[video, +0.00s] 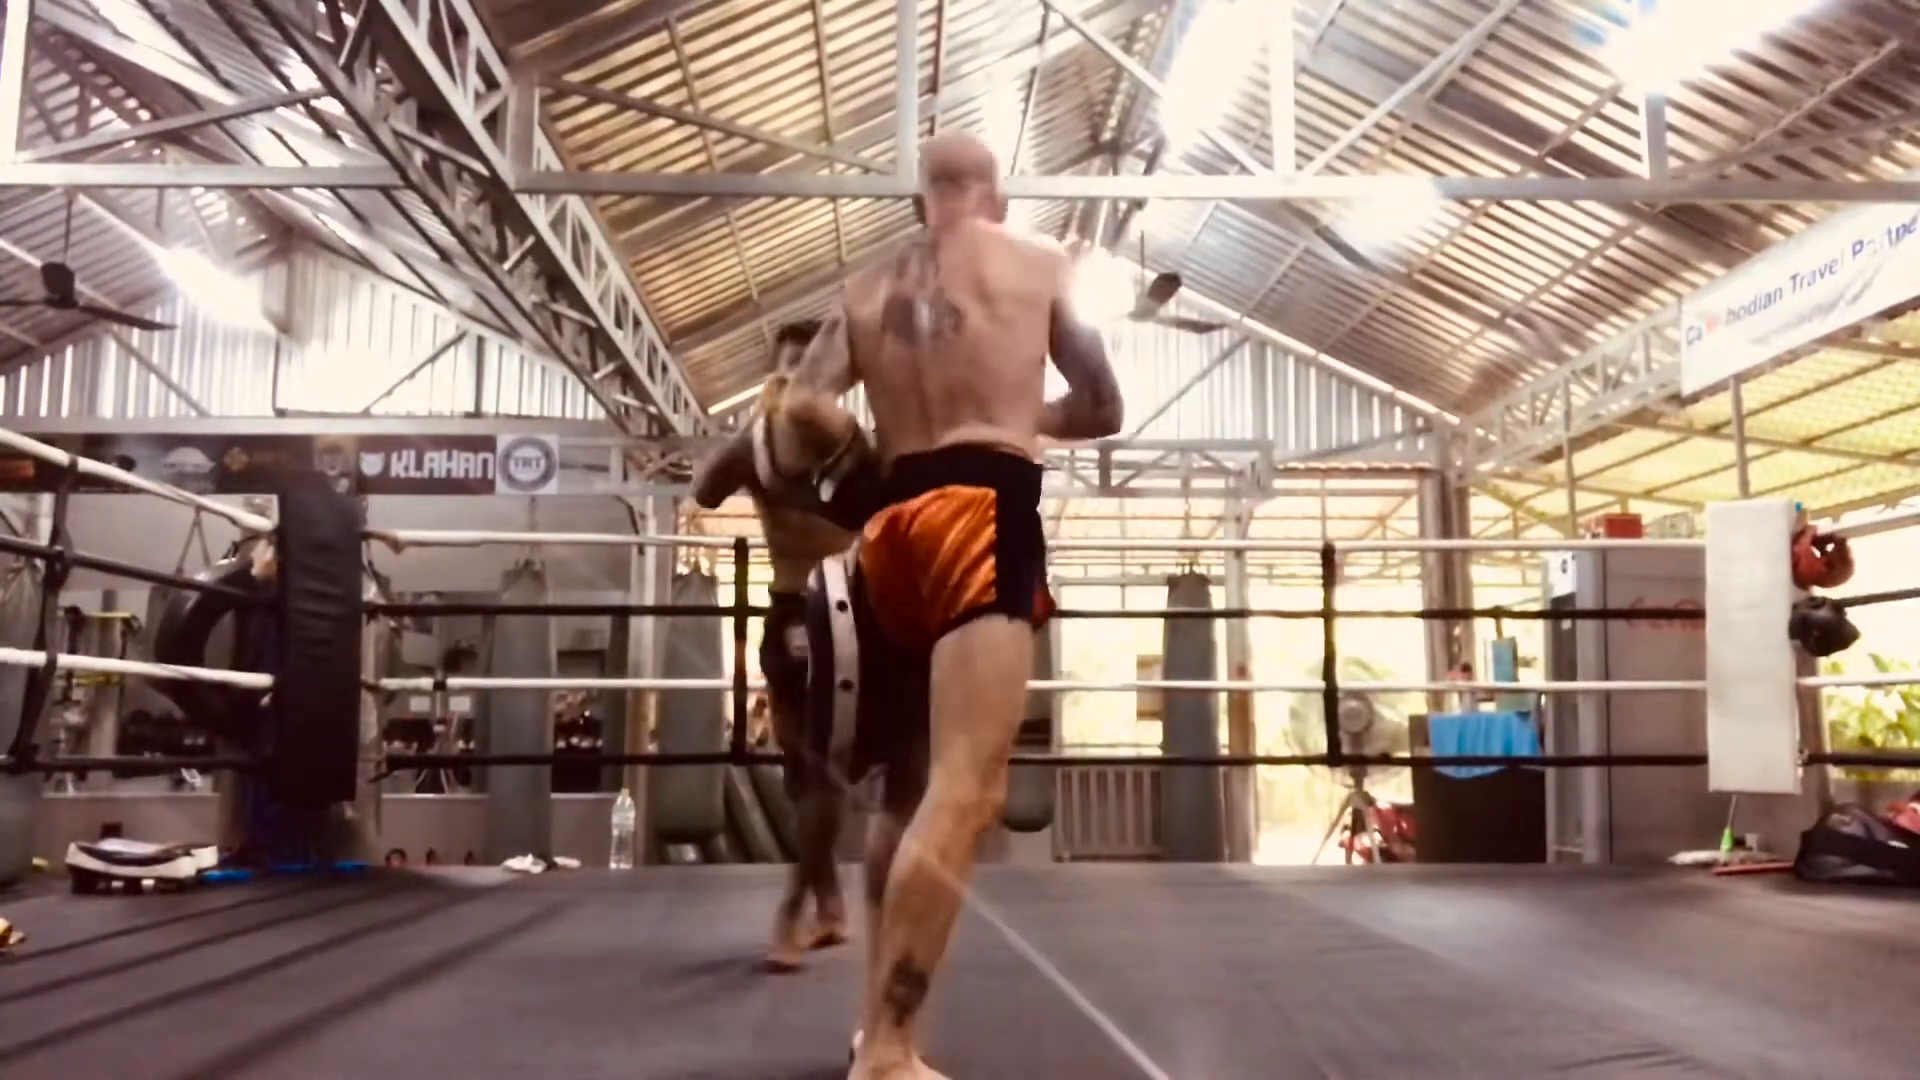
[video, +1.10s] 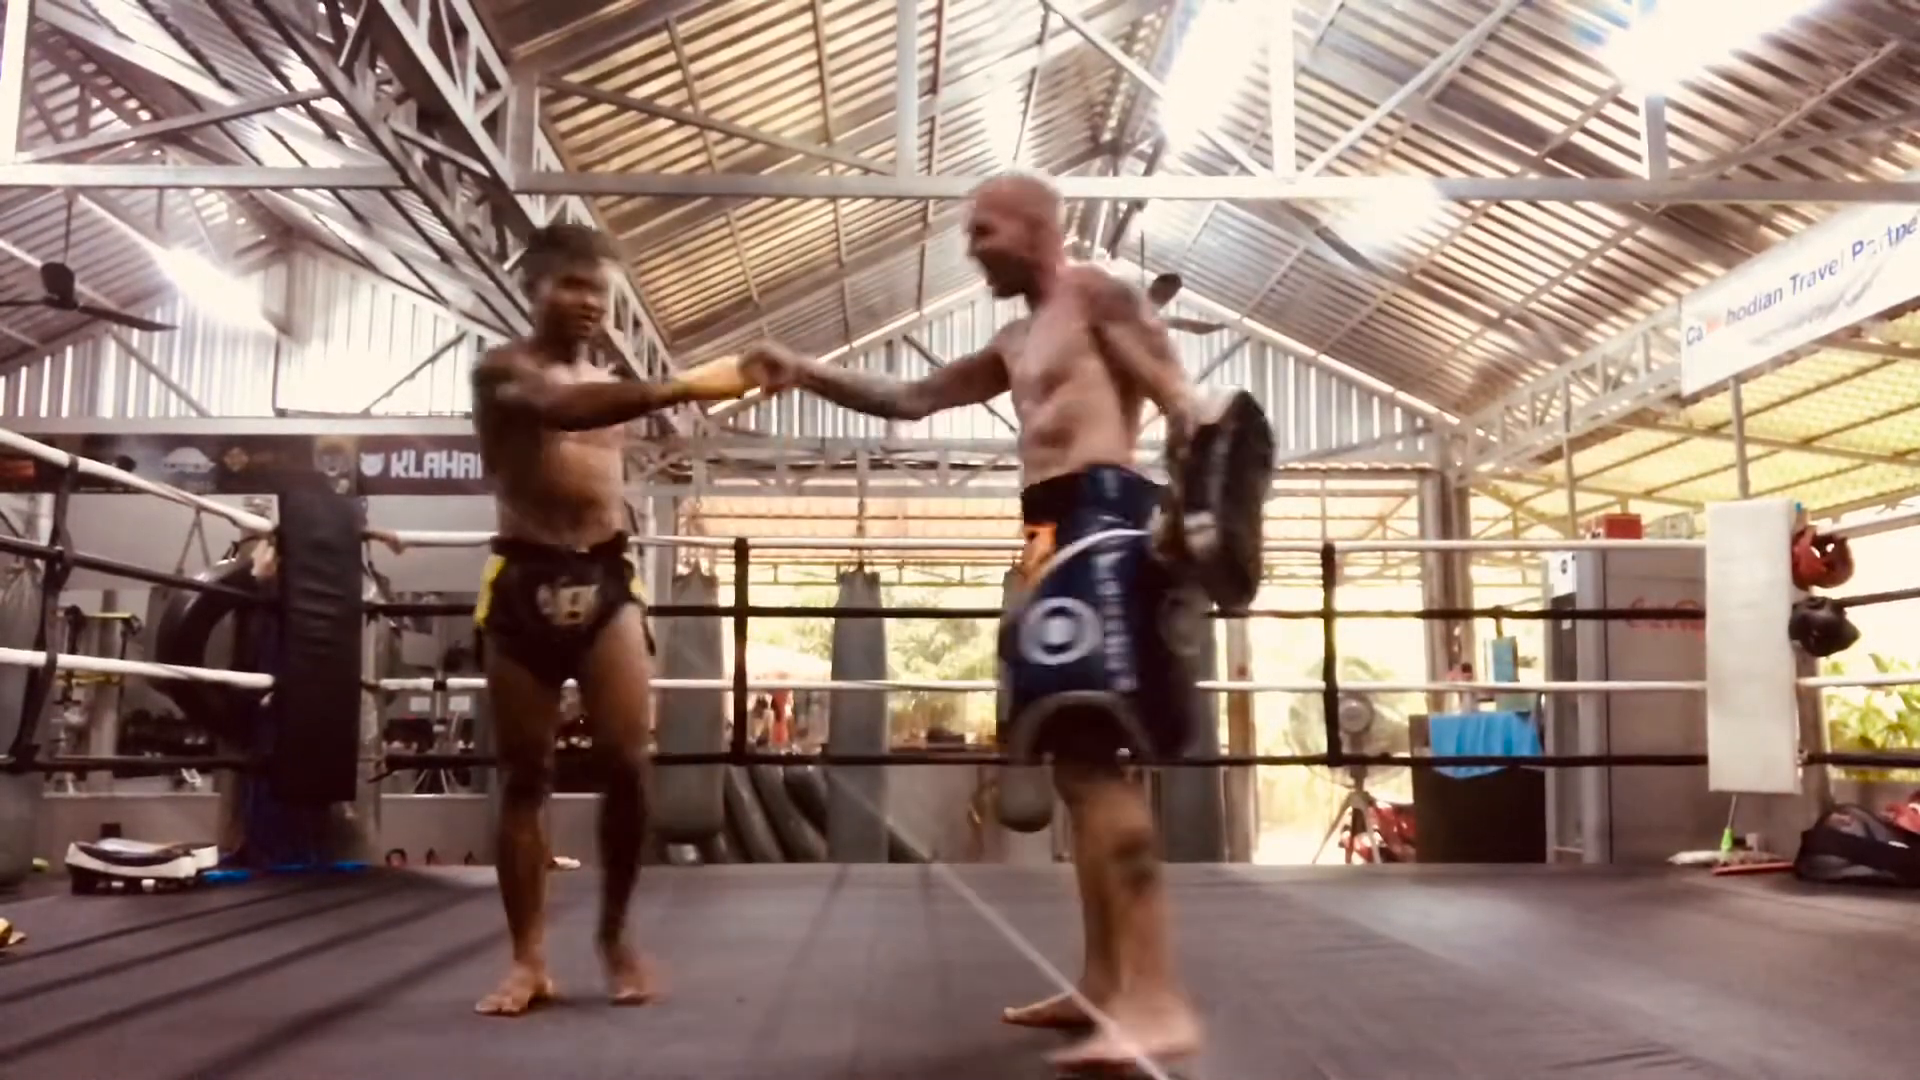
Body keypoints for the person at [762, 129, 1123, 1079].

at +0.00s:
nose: (997, 201)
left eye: (982, 187)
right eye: (997, 187)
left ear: (923, 192)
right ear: (993, 188)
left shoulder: (865, 288)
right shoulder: (1036, 263)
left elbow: (804, 405)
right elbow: (1102, 410)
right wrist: (1013, 416)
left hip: (890, 513)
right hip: (983, 504)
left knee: (910, 791)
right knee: (964, 790)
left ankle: (885, 1037)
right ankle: (885, 1049)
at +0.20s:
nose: (950, 208)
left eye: (919, 194)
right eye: (962, 189)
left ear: (897, 200)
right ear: (973, 195)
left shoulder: (853, 288)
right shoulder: (1033, 282)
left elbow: (806, 409)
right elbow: (1031, 403)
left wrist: (820, 439)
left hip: (893, 515)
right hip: (995, 511)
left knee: (898, 783)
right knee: (1041, 760)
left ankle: (877, 1019)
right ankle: (951, 976)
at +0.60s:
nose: (919, 228)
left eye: (924, 213)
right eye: (923, 213)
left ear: (950, 214)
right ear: (998, 220)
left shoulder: (944, 288)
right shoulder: (1052, 314)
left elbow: (941, 409)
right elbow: (1040, 437)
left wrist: (868, 464)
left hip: (958, 533)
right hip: (1040, 534)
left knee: (907, 795)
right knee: (1039, 778)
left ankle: (891, 1012)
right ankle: (1100, 979)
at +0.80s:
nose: (931, 264)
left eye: (937, 248)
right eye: (930, 251)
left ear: (975, 241)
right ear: (990, 240)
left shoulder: (1018, 299)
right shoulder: (1016, 321)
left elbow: (1057, 385)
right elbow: (958, 449)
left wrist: (989, 485)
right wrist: (916, 362)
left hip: (1013, 562)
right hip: (1045, 564)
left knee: (961, 778)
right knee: (1062, 776)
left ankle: (936, 997)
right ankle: (1103, 982)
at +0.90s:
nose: (934, 277)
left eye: (939, 259)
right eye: (931, 263)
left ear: (982, 250)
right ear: (981, 254)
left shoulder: (1040, 305)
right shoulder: (1013, 350)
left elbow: (1113, 393)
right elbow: (929, 439)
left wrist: (1082, 512)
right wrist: (848, 372)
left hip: (1053, 524)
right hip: (1043, 527)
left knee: (1002, 757)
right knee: (1070, 771)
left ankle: (984, 998)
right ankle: (1103, 984)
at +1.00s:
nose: (948, 268)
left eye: (955, 250)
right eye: (944, 254)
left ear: (1004, 240)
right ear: (997, 245)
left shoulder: (1059, 297)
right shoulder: (1007, 351)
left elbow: (1139, 381)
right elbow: (916, 419)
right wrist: (823, 367)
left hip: (1078, 516)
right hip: (1058, 526)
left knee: (1038, 749)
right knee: (1081, 769)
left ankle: (1073, 994)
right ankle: (1104, 989)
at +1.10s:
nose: (973, 248)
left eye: (985, 230)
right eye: (970, 235)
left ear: (1040, 225)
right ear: (1002, 240)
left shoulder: (1098, 293)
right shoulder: (1014, 342)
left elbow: (1185, 404)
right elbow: (906, 398)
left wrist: (1191, 508)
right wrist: (797, 369)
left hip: (1103, 518)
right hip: (1053, 529)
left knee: (1096, 755)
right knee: (1076, 759)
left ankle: (1156, 1002)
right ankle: (1103, 986)